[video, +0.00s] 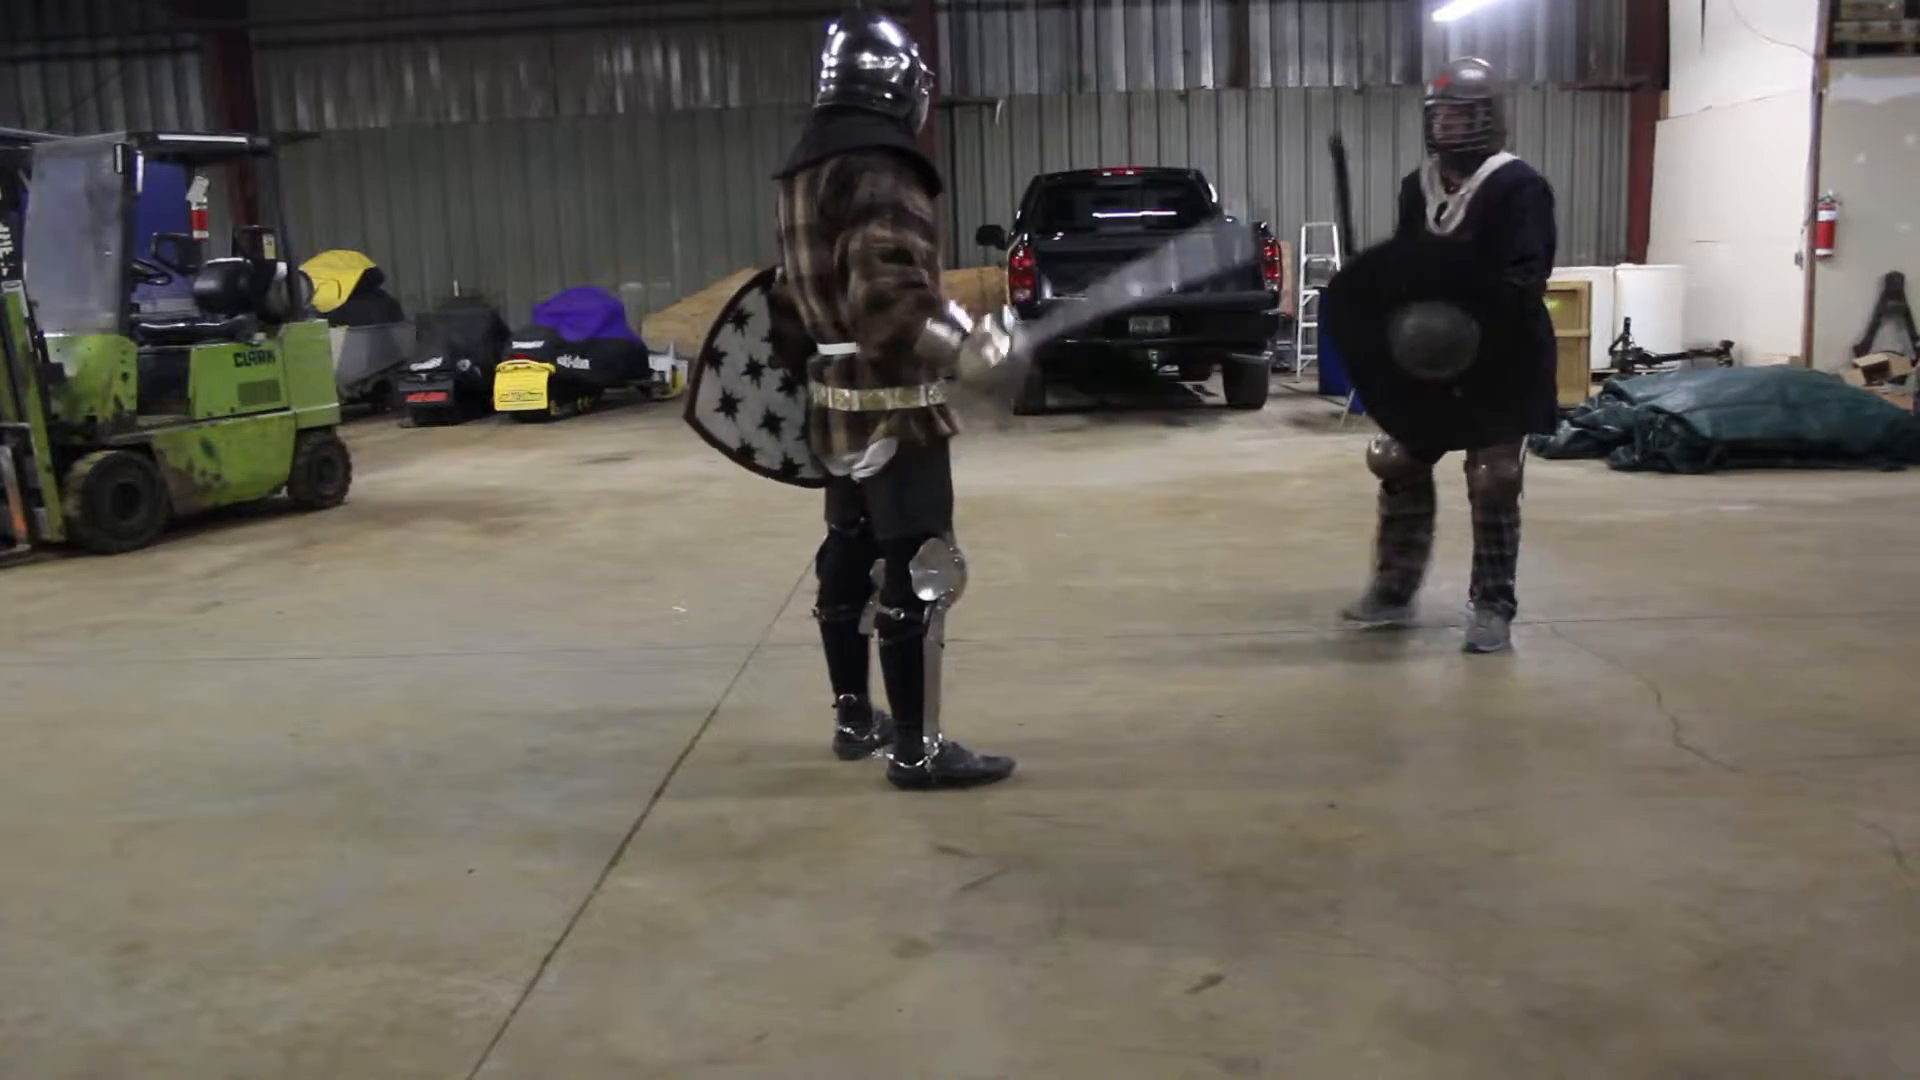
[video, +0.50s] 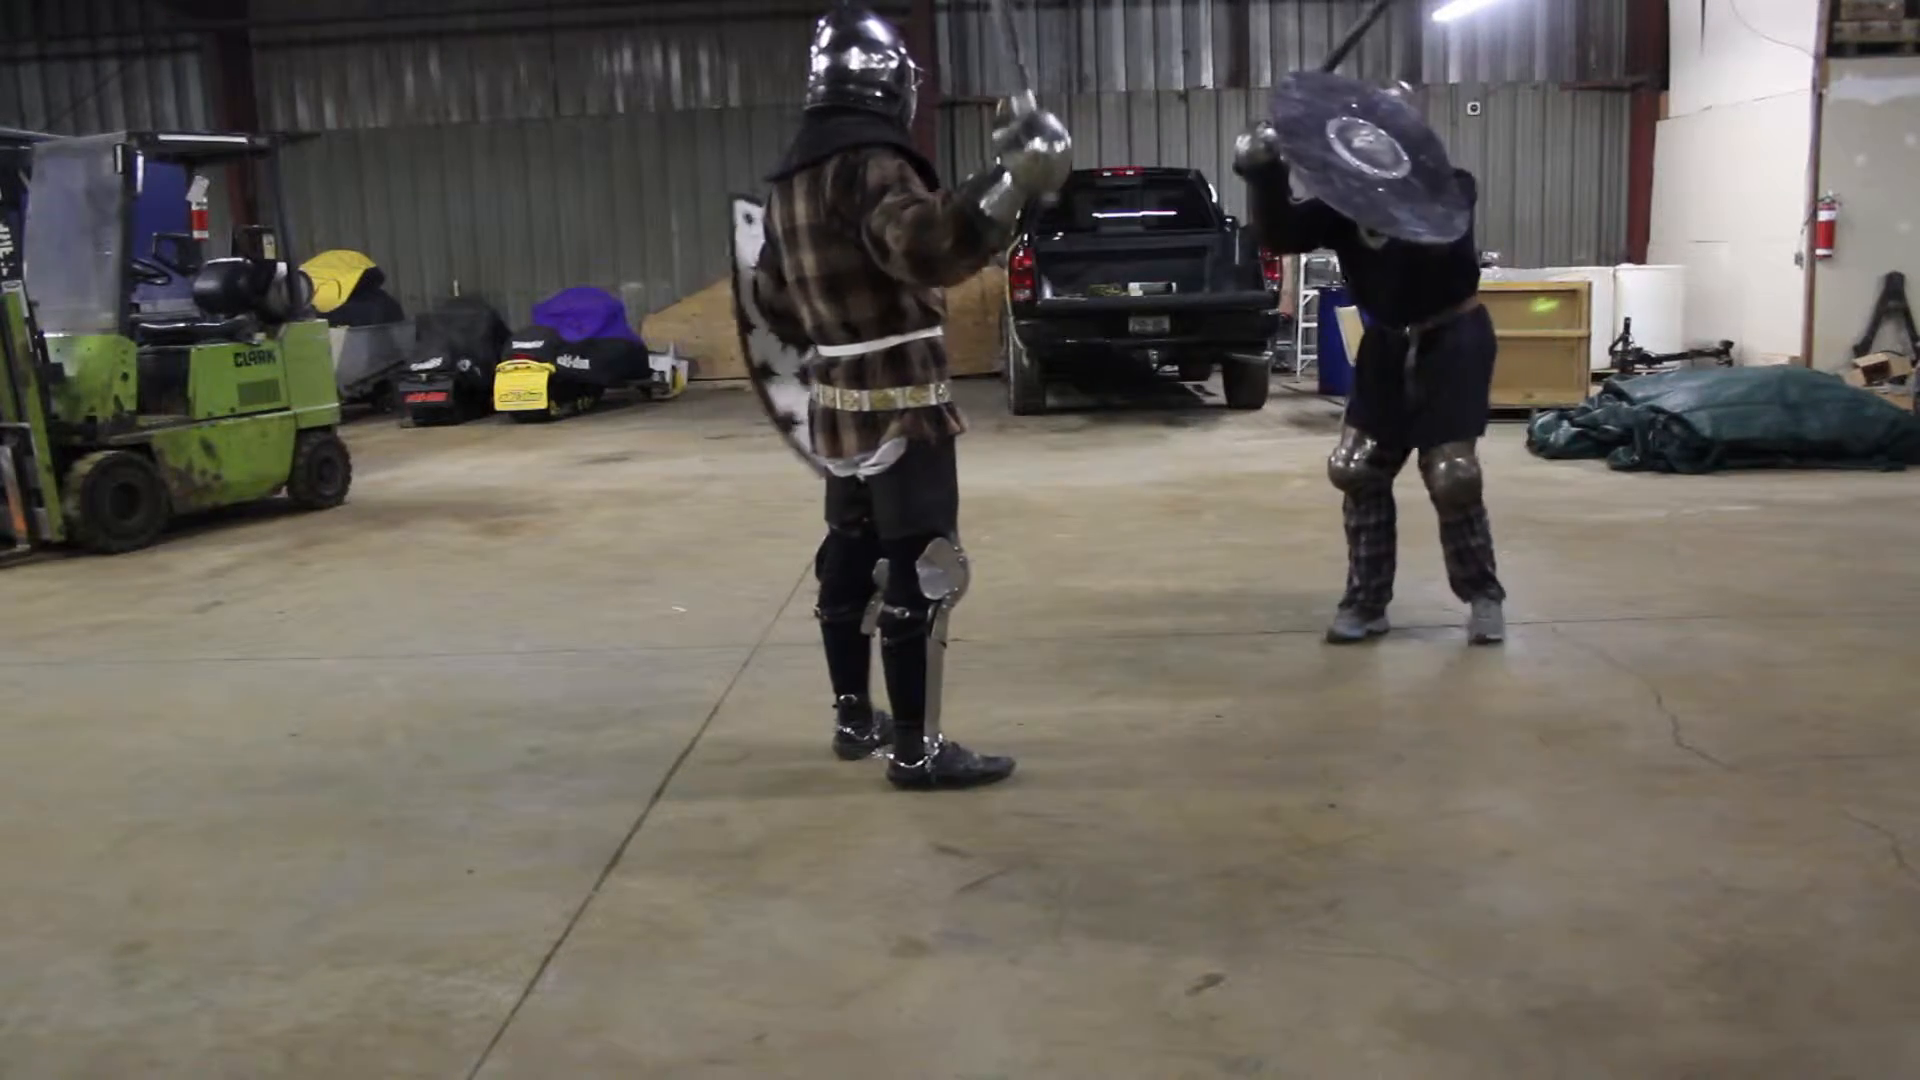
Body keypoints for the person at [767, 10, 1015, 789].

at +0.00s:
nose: (928, 111)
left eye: (926, 95)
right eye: (923, 95)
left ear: (841, 86)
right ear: (900, 92)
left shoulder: (803, 167)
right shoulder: (882, 169)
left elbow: (792, 301)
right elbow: (887, 305)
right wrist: (964, 344)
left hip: (833, 405)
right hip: (893, 406)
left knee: (850, 549)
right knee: (916, 566)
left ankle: (854, 716)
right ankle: (917, 742)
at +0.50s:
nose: (911, 99)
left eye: (909, 86)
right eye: (906, 85)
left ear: (822, 83)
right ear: (887, 85)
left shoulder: (793, 176)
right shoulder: (874, 165)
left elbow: (769, 297)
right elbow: (925, 244)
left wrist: (815, 366)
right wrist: (1011, 186)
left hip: (838, 405)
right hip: (904, 403)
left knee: (850, 550)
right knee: (918, 565)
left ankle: (855, 716)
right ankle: (918, 744)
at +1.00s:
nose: (902, 91)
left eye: (897, 78)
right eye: (897, 78)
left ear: (814, 82)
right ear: (885, 84)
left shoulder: (787, 176)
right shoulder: (880, 165)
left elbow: (764, 257)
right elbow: (960, 193)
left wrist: (825, 301)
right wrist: (1016, 87)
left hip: (842, 398)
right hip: (911, 399)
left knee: (852, 551)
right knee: (924, 565)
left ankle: (855, 716)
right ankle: (919, 745)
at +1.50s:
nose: (905, 98)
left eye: (906, 80)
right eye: (900, 80)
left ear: (820, 83)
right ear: (880, 85)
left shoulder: (791, 177)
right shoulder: (881, 166)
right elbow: (983, 152)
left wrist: (926, 92)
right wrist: (979, 49)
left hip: (845, 399)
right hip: (911, 400)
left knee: (855, 550)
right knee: (925, 566)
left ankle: (855, 716)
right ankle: (918, 744)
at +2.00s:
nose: (905, 81)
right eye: (901, 59)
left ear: (822, 74)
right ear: (878, 75)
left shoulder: (791, 172)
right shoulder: (869, 165)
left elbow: (795, 273)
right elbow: (966, 158)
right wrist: (938, 63)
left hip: (847, 398)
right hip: (909, 399)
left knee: (860, 548)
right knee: (928, 564)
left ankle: (855, 716)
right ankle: (919, 744)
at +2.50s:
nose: (916, 81)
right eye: (912, 65)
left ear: (831, 76)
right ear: (890, 76)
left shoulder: (799, 168)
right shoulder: (876, 153)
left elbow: (790, 264)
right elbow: (955, 161)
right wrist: (954, 80)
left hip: (841, 398)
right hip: (905, 397)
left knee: (853, 556)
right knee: (966, 554)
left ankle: (854, 715)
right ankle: (941, 730)